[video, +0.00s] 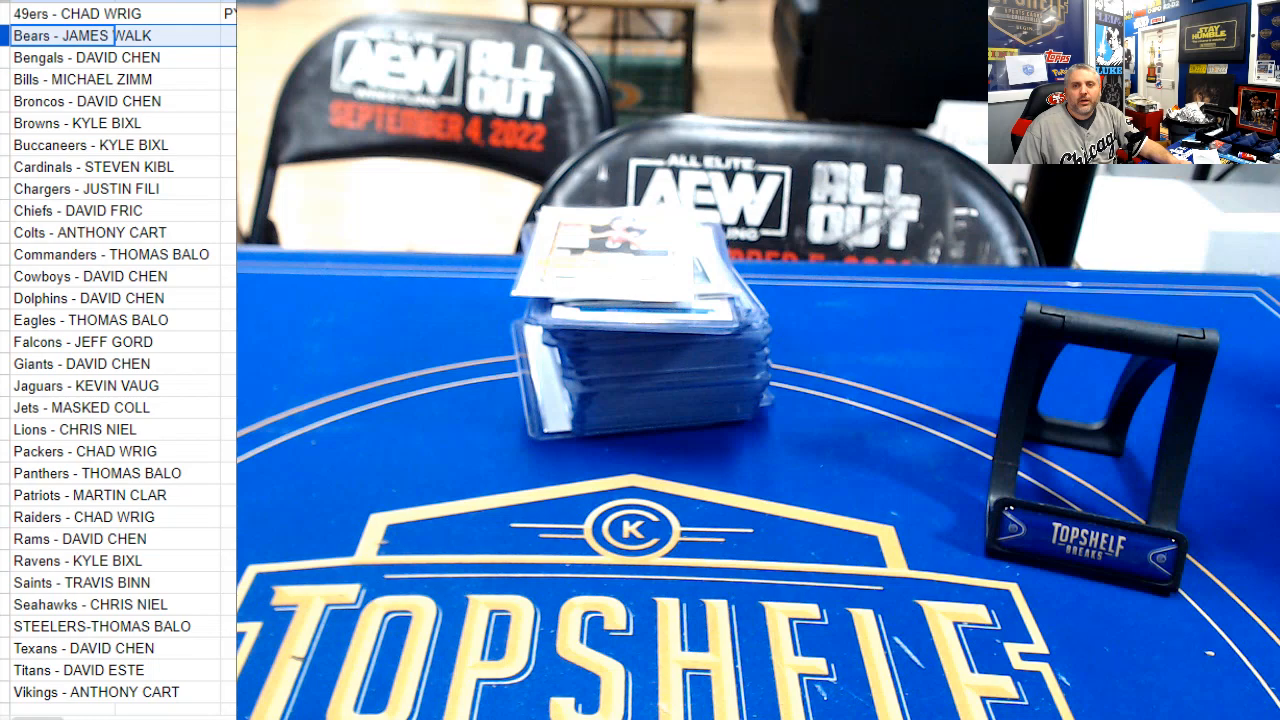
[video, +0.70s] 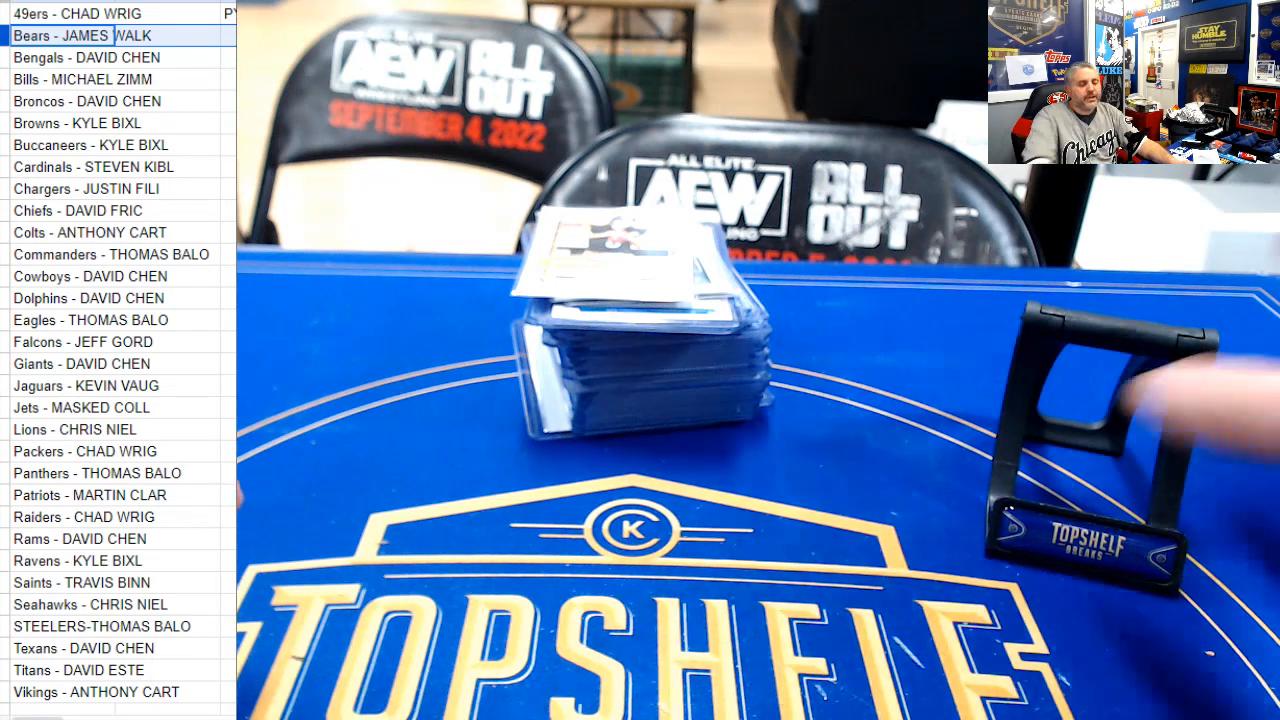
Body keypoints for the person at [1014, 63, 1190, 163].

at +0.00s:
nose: (1083, 91)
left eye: (1090, 85)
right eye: (1076, 86)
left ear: (1099, 90)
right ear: (1066, 93)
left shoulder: (1110, 114)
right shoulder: (1043, 125)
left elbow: (1144, 145)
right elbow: (1020, 175)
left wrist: (1177, 163)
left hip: (1109, 192)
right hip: (1061, 197)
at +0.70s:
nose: (1091, 89)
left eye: (1094, 82)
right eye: (1082, 84)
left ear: (1100, 85)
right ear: (1068, 90)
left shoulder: (1109, 112)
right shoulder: (1049, 117)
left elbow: (1140, 143)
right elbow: (1038, 168)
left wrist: (1173, 163)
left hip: (1111, 186)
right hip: (1068, 190)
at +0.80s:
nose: (1091, 87)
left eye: (1094, 81)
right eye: (1082, 83)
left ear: (1101, 84)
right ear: (1067, 90)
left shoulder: (1110, 112)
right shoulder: (1051, 116)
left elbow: (1142, 144)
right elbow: (1054, 159)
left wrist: (1174, 163)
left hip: (1114, 182)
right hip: (1075, 189)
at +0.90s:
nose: (1092, 87)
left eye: (1095, 81)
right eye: (1083, 82)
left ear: (1101, 84)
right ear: (1068, 90)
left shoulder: (1110, 112)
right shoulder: (1052, 116)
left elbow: (1144, 145)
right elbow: (1060, 160)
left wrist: (1177, 164)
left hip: (1115, 182)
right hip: (1076, 189)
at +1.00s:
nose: (1094, 87)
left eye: (1097, 81)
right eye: (1085, 82)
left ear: (1103, 84)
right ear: (1070, 90)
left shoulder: (1112, 113)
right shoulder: (1054, 116)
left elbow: (1146, 146)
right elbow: (1067, 162)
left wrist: (1176, 163)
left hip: (1115, 183)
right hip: (1077, 189)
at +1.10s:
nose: (1095, 87)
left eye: (1098, 80)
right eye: (1086, 82)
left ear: (1103, 84)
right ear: (1071, 90)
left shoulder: (1112, 113)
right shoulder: (1056, 116)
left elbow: (1146, 146)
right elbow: (1069, 163)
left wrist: (1176, 164)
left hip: (1114, 183)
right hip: (1076, 189)